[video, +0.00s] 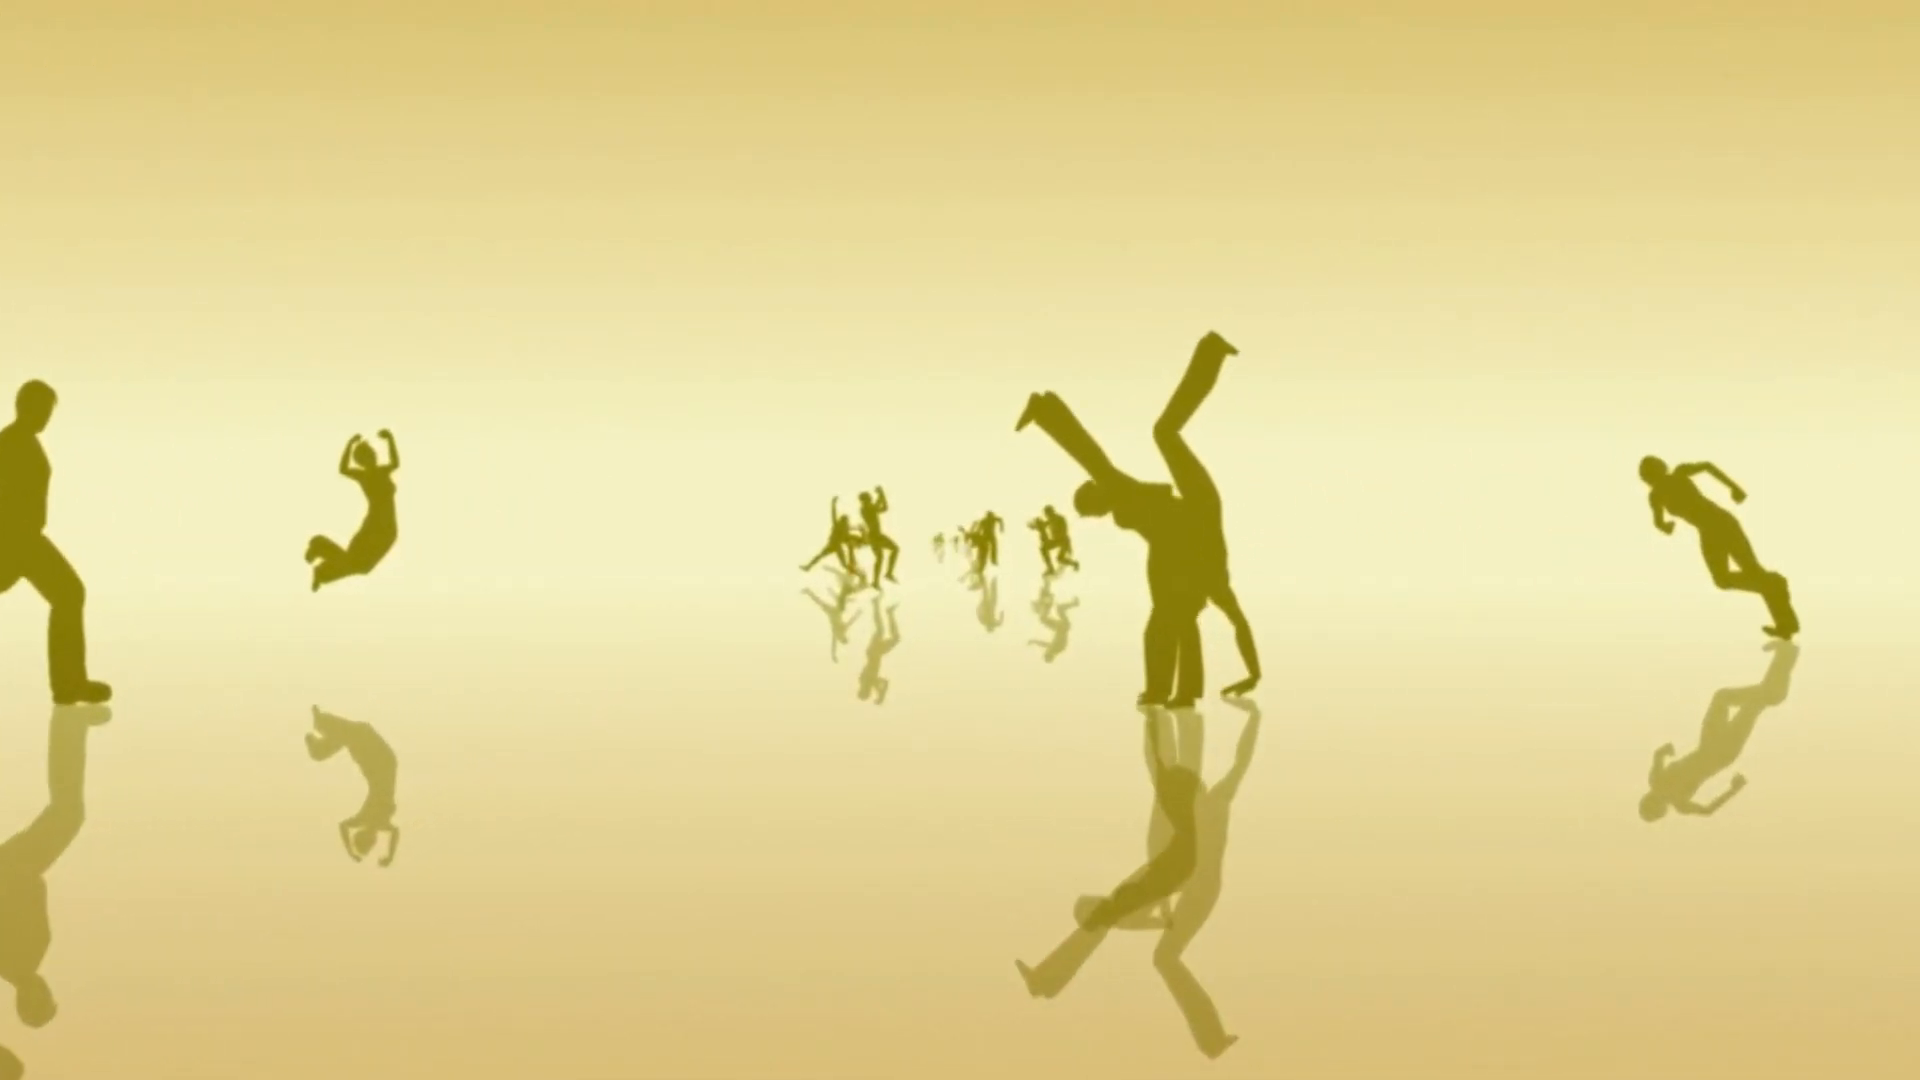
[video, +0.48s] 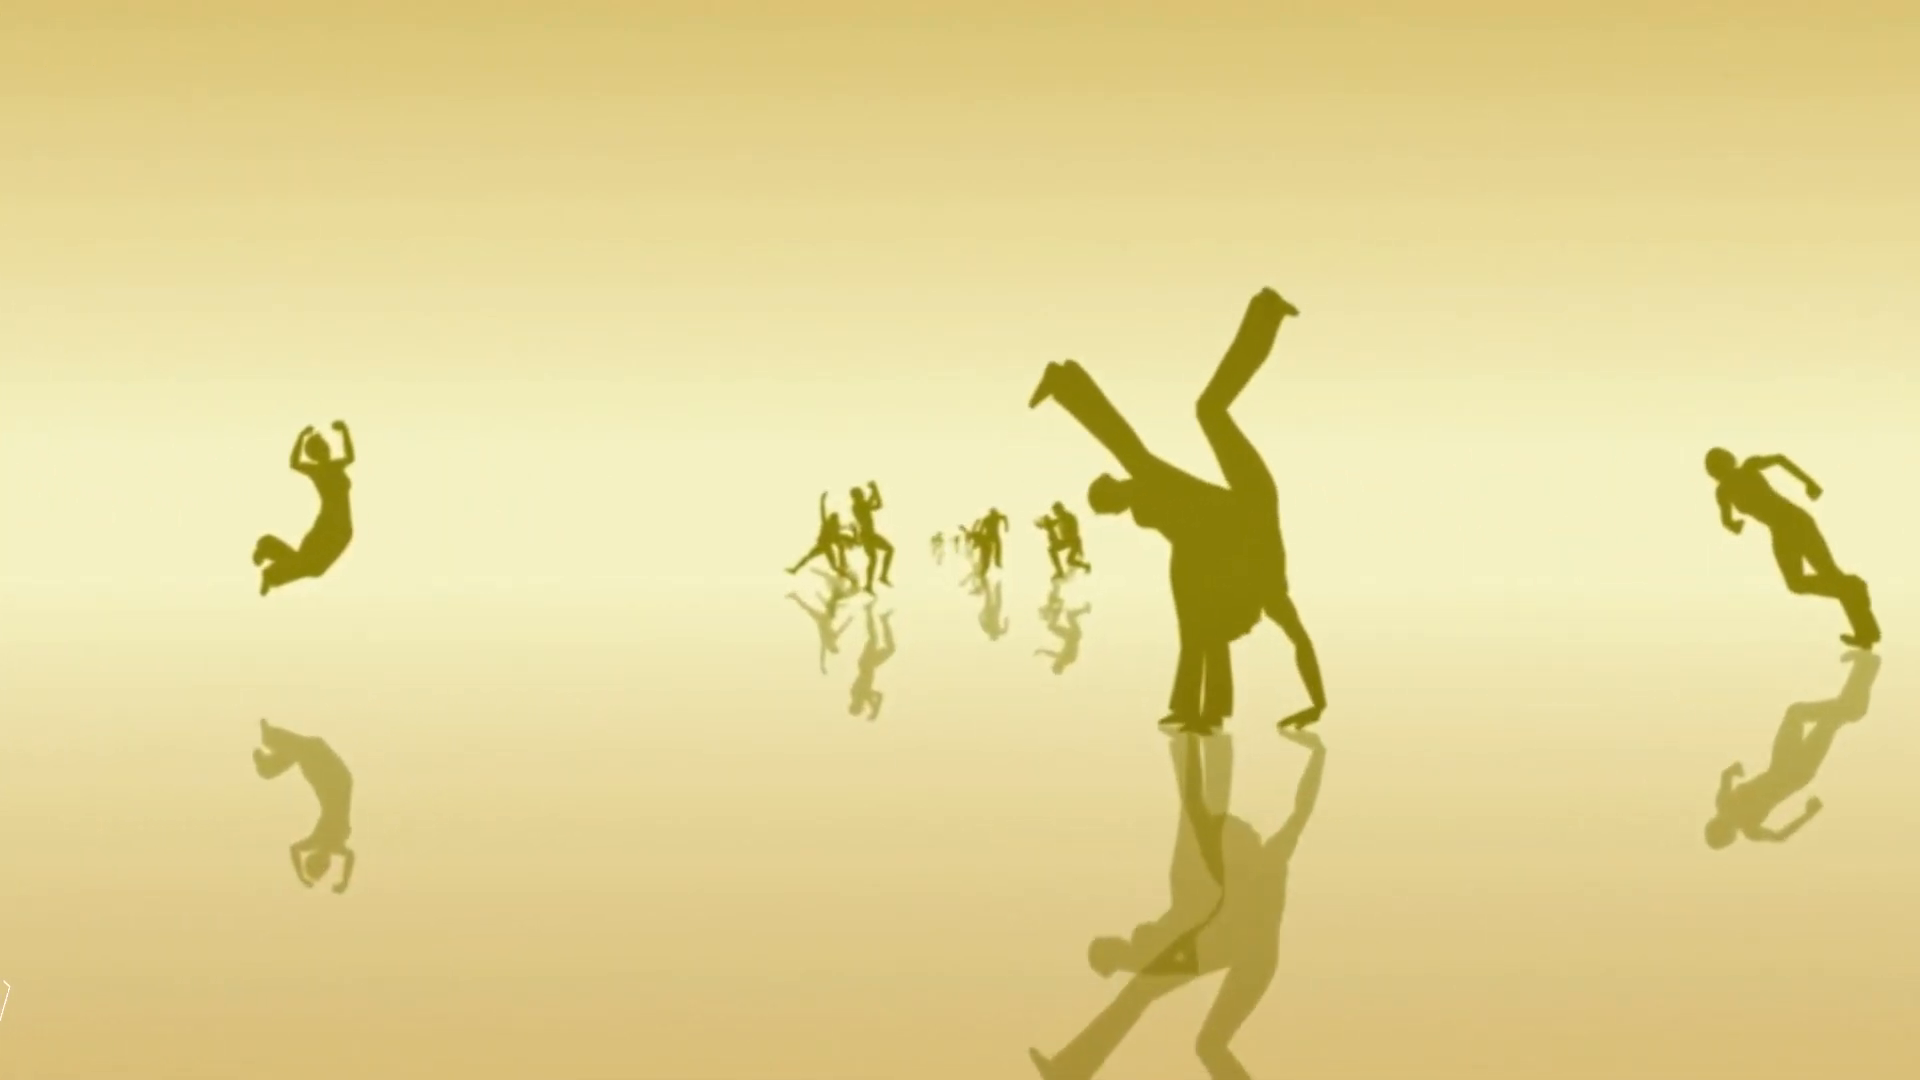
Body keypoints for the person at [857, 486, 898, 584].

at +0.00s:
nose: (869, 500)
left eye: (868, 498)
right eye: (867, 498)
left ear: (865, 499)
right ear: (865, 499)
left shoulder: (868, 508)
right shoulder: (867, 508)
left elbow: (881, 507)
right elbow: (882, 507)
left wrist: (880, 495)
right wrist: (881, 494)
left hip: (874, 534)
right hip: (875, 535)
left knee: (879, 557)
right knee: (894, 548)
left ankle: (875, 581)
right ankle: (889, 573)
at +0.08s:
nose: (867, 499)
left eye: (866, 497)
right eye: (866, 498)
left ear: (863, 499)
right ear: (864, 498)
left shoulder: (866, 507)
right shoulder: (866, 508)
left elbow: (879, 506)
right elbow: (881, 507)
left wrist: (879, 493)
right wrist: (880, 493)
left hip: (873, 534)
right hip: (872, 535)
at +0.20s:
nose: (866, 499)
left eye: (865, 497)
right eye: (864, 497)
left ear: (862, 498)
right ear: (862, 498)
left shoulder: (865, 507)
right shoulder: (865, 508)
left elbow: (878, 505)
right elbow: (881, 507)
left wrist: (878, 493)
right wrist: (879, 493)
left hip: (872, 534)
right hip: (871, 535)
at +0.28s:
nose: (865, 498)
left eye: (864, 496)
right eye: (863, 496)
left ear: (861, 497)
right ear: (860, 497)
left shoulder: (864, 506)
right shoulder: (862, 507)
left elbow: (878, 506)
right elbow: (878, 506)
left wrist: (877, 493)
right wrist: (877, 493)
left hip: (871, 534)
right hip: (869, 535)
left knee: (891, 549)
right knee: (875, 557)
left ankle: (886, 575)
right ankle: (871, 583)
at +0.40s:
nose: (864, 497)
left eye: (862, 495)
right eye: (861, 496)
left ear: (860, 496)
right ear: (859, 497)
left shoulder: (863, 506)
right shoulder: (861, 507)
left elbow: (877, 505)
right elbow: (877, 505)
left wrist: (876, 492)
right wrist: (876, 492)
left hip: (870, 534)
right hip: (868, 534)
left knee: (890, 549)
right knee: (874, 557)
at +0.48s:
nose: (861, 496)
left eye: (860, 494)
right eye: (859, 494)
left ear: (858, 495)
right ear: (857, 495)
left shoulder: (862, 505)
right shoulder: (859, 506)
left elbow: (876, 505)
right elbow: (872, 504)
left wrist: (874, 490)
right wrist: (874, 490)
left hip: (868, 534)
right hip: (867, 535)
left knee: (889, 549)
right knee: (872, 558)